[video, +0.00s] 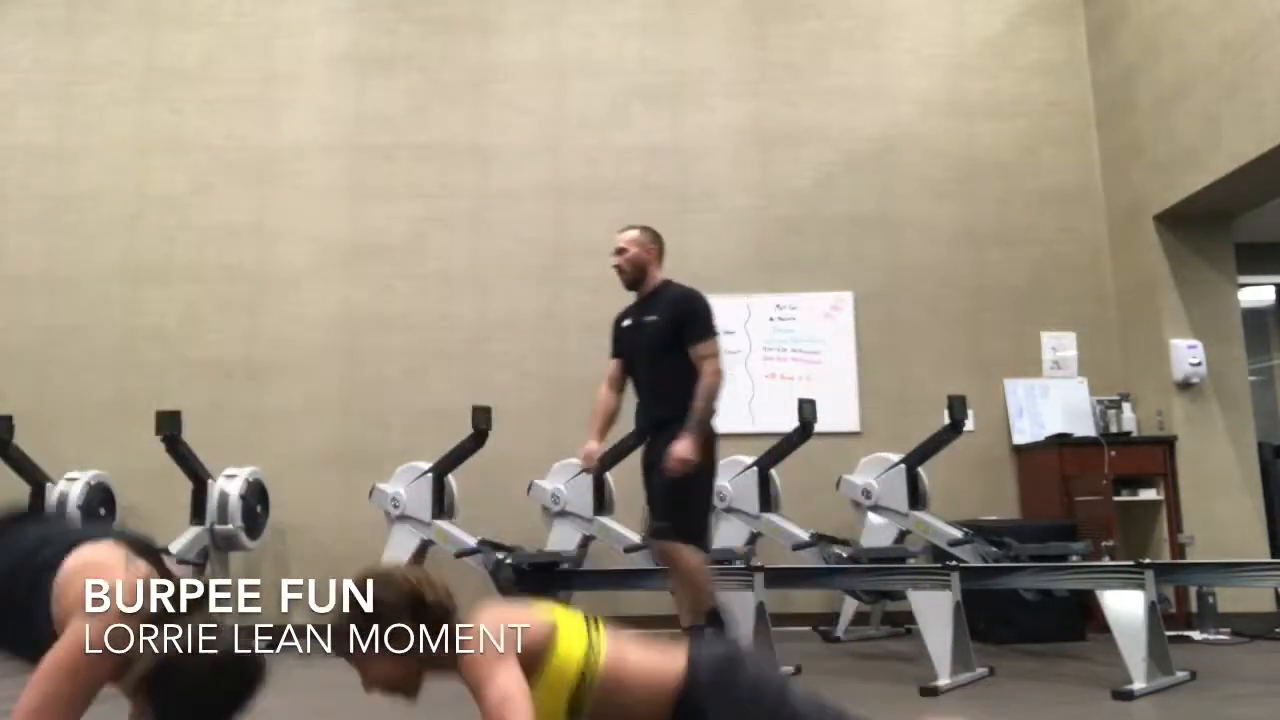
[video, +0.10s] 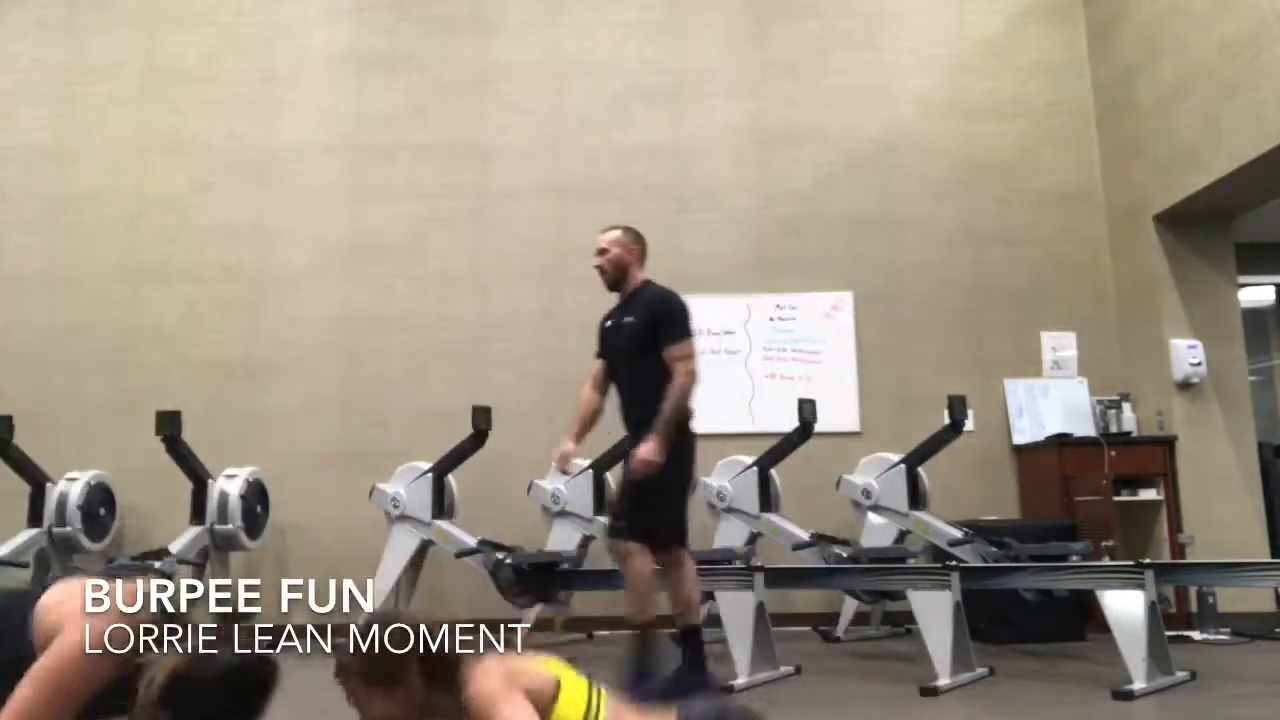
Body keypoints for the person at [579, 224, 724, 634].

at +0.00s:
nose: (615, 260)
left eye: (623, 251)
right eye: (615, 253)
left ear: (652, 254)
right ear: (628, 260)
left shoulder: (685, 302)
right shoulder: (626, 320)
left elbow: (711, 371)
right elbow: (613, 385)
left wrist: (691, 435)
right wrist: (595, 438)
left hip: (689, 433)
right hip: (655, 439)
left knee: (670, 537)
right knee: (672, 542)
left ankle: (713, 624)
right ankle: (695, 636)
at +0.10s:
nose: (596, 261)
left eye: (604, 252)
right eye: (596, 254)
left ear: (633, 255)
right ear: (620, 258)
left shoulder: (663, 302)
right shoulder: (611, 320)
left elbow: (685, 373)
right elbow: (597, 386)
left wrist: (657, 438)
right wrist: (573, 439)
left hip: (668, 440)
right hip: (644, 442)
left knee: (626, 541)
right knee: (672, 551)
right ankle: (695, 667)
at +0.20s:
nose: (567, 263)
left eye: (575, 253)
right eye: (567, 256)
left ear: (605, 257)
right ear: (586, 262)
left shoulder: (628, 307)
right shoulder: (592, 317)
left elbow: (646, 377)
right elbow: (576, 391)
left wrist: (619, 445)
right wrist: (549, 448)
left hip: (631, 449)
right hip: (620, 449)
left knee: (588, 554)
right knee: (654, 553)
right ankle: (692, 666)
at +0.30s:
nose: (533, 259)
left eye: (541, 251)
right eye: (533, 252)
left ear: (568, 253)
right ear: (561, 255)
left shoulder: (585, 304)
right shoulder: (564, 309)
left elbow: (601, 384)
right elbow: (557, 392)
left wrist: (585, 453)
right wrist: (538, 455)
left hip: (583, 450)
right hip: (581, 450)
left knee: (553, 559)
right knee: (608, 556)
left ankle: (542, 674)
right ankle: (676, 651)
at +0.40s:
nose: (499, 257)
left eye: (506, 248)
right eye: (499, 249)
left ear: (533, 252)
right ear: (530, 252)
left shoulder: (545, 300)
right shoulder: (540, 299)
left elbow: (553, 381)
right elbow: (549, 381)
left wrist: (544, 450)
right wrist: (538, 444)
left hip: (550, 444)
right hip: (551, 443)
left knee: (534, 555)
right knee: (545, 552)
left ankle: (541, 673)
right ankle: (617, 629)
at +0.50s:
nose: (476, 256)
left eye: (483, 248)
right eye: (476, 249)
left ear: (510, 251)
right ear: (504, 254)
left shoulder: (517, 299)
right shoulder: (521, 298)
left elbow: (519, 379)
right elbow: (523, 380)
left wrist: (501, 444)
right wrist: (508, 442)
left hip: (532, 440)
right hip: (531, 440)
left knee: (522, 549)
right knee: (498, 542)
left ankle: (543, 657)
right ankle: (548, 639)